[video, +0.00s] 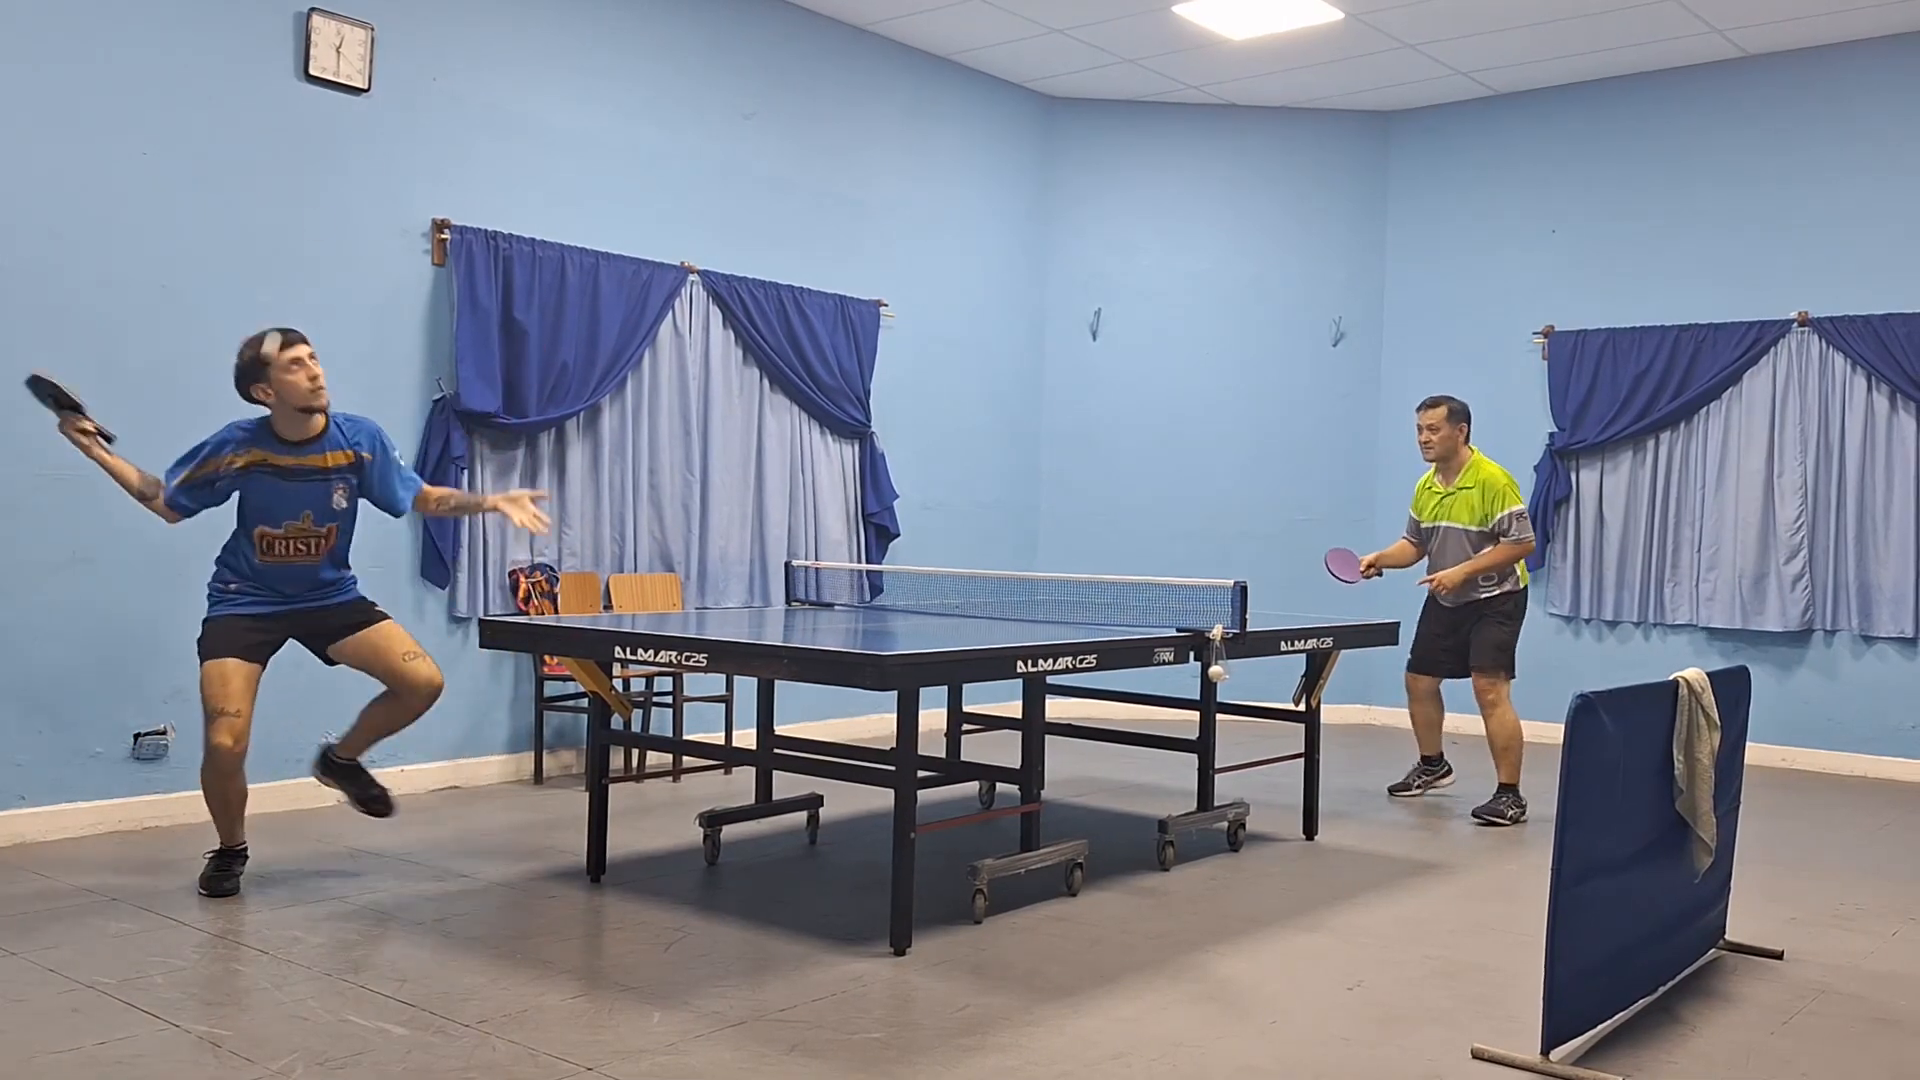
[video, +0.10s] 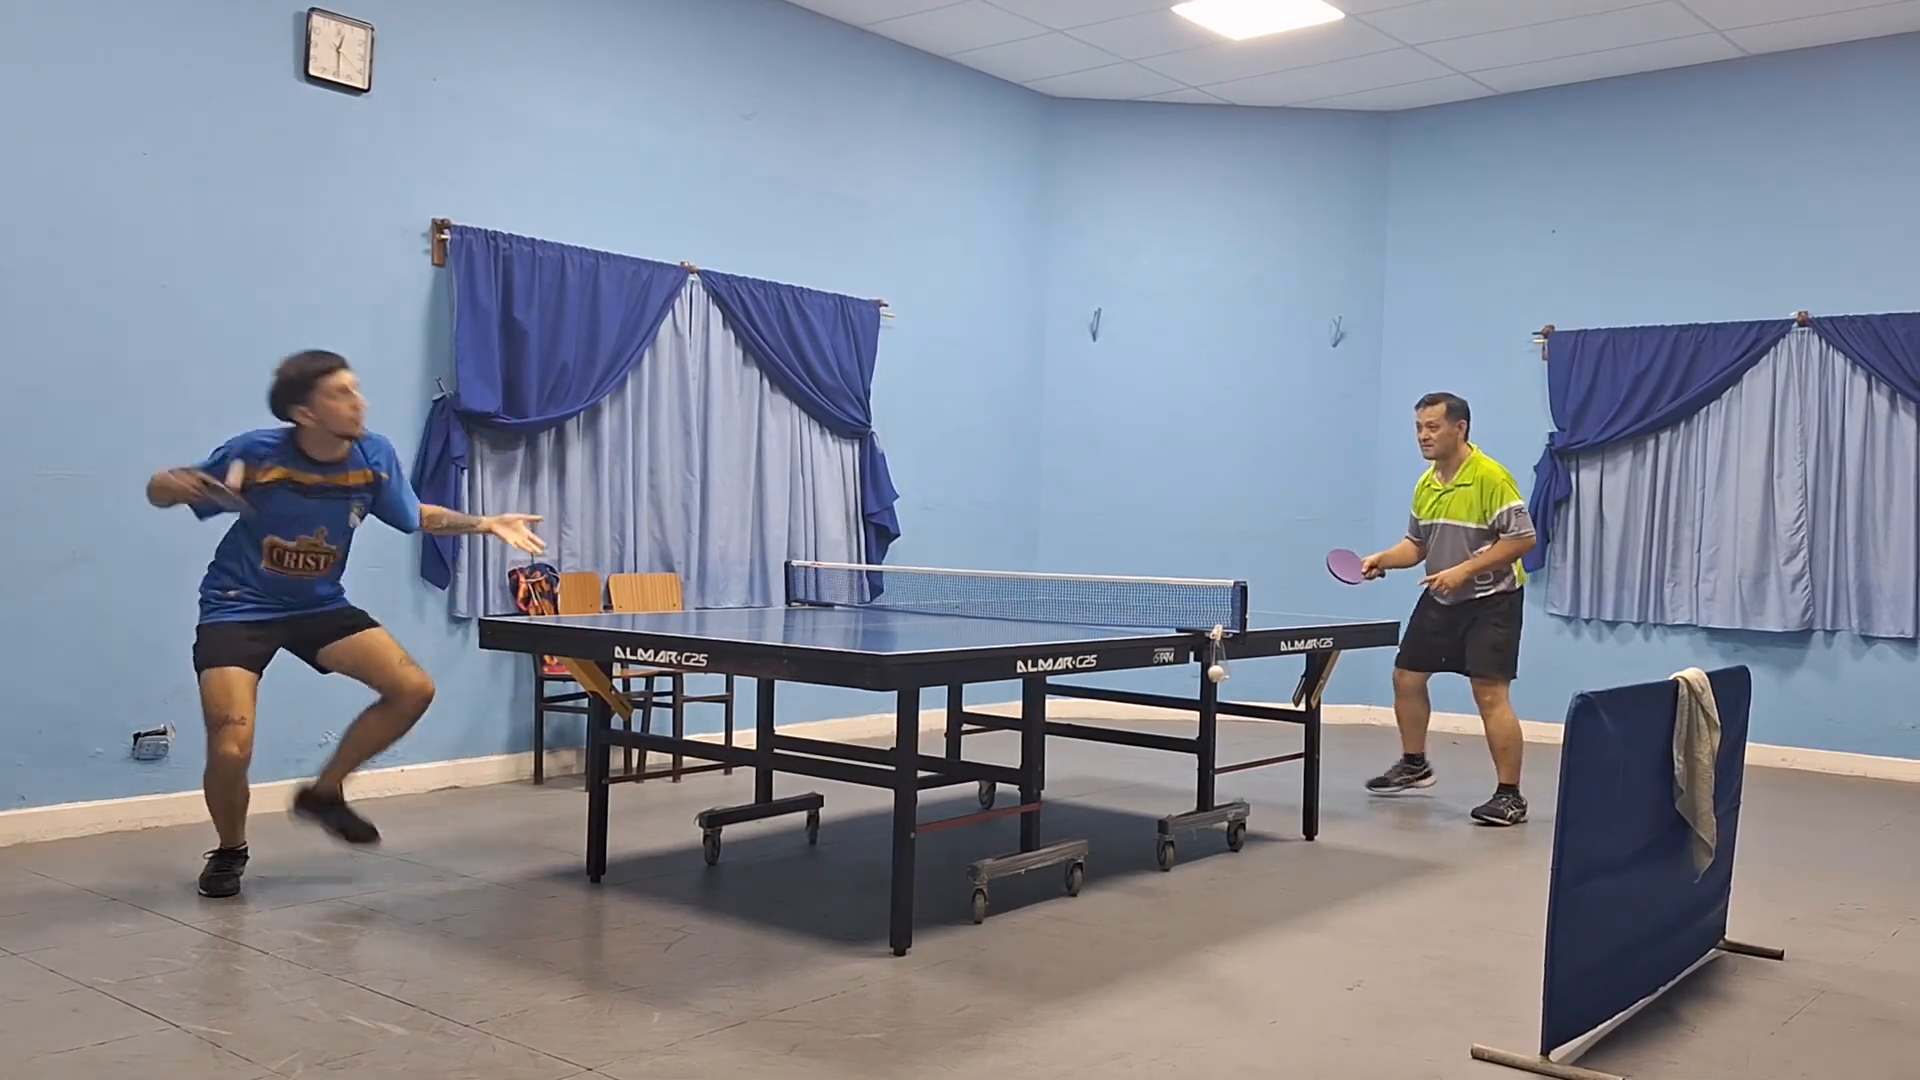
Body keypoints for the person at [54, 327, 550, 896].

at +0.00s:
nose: (314, 369)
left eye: (313, 358)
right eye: (295, 364)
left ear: (321, 370)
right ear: (262, 390)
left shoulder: (359, 439)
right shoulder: (238, 445)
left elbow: (419, 497)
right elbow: (169, 502)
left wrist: (492, 502)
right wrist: (100, 451)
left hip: (328, 594)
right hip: (245, 598)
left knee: (422, 682)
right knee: (224, 741)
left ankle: (342, 759)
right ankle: (230, 851)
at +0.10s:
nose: (359, 401)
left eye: (357, 390)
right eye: (343, 395)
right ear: (305, 413)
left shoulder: (375, 457)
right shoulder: (255, 454)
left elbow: (412, 515)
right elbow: (158, 491)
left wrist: (485, 523)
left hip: (318, 606)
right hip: (238, 607)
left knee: (412, 689)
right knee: (231, 746)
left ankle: (324, 793)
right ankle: (229, 850)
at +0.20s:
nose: (432, 450)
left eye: (431, 438)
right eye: (421, 439)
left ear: (382, 445)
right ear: (377, 444)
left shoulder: (391, 490)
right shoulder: (300, 462)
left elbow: (405, 523)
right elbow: (180, 477)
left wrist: (476, 539)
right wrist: (261, 534)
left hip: (305, 613)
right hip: (227, 611)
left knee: (390, 709)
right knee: (239, 750)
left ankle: (342, 848)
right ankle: (230, 852)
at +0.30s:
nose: (472, 471)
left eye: (473, 459)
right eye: (467, 459)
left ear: (430, 460)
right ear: (430, 459)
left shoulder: (391, 505)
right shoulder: (337, 471)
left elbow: (372, 533)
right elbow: (232, 481)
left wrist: (434, 548)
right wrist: (287, 566)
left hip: (297, 612)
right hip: (226, 611)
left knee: (389, 709)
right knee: (255, 754)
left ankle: (342, 849)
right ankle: (226, 850)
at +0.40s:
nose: (481, 452)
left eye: (483, 439)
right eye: (478, 439)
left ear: (442, 438)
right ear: (446, 438)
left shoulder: (389, 483)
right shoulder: (361, 458)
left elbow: (338, 529)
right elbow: (272, 479)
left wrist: (405, 553)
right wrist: (310, 572)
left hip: (305, 605)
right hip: (243, 605)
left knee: (389, 709)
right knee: (292, 746)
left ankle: (342, 850)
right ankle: (206, 820)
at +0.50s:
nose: (479, 421)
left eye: (480, 410)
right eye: (476, 409)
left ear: (439, 408)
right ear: (447, 409)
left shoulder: (393, 453)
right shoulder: (375, 434)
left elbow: (326, 506)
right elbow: (299, 467)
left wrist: (382, 539)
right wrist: (332, 564)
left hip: (298, 584)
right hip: (250, 580)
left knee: (367, 704)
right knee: (319, 722)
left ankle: (342, 848)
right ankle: (196, 816)